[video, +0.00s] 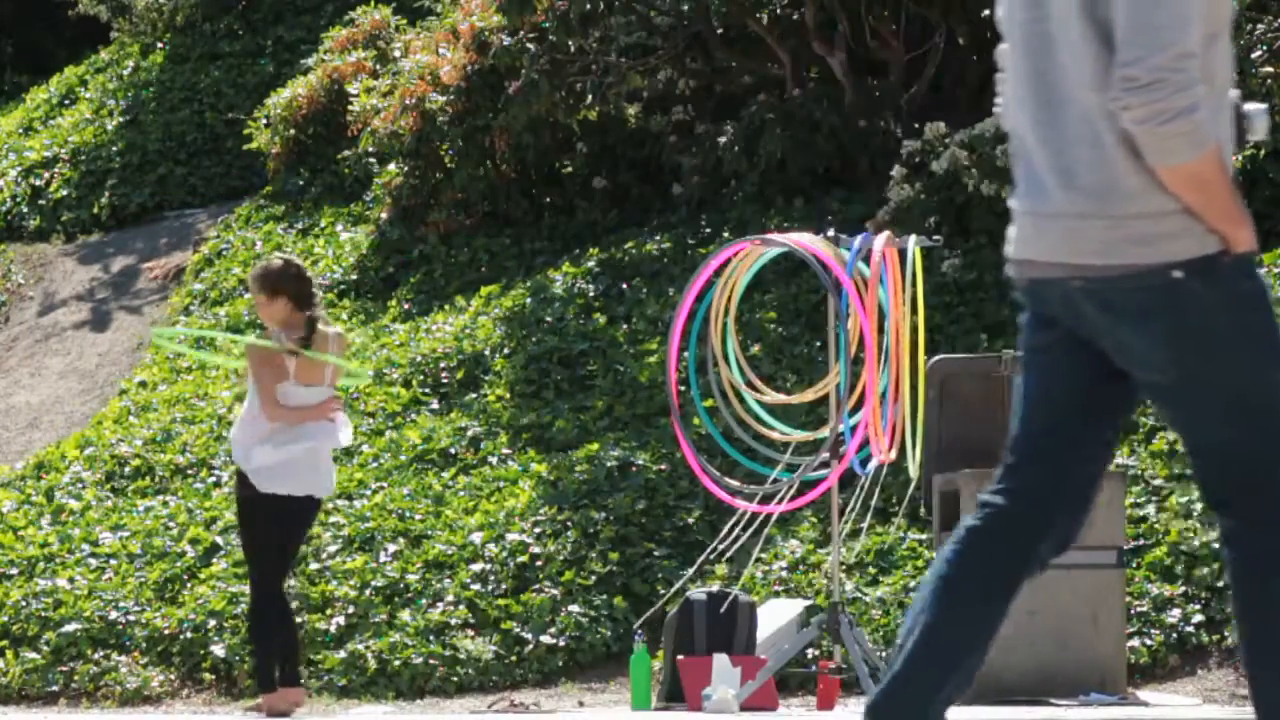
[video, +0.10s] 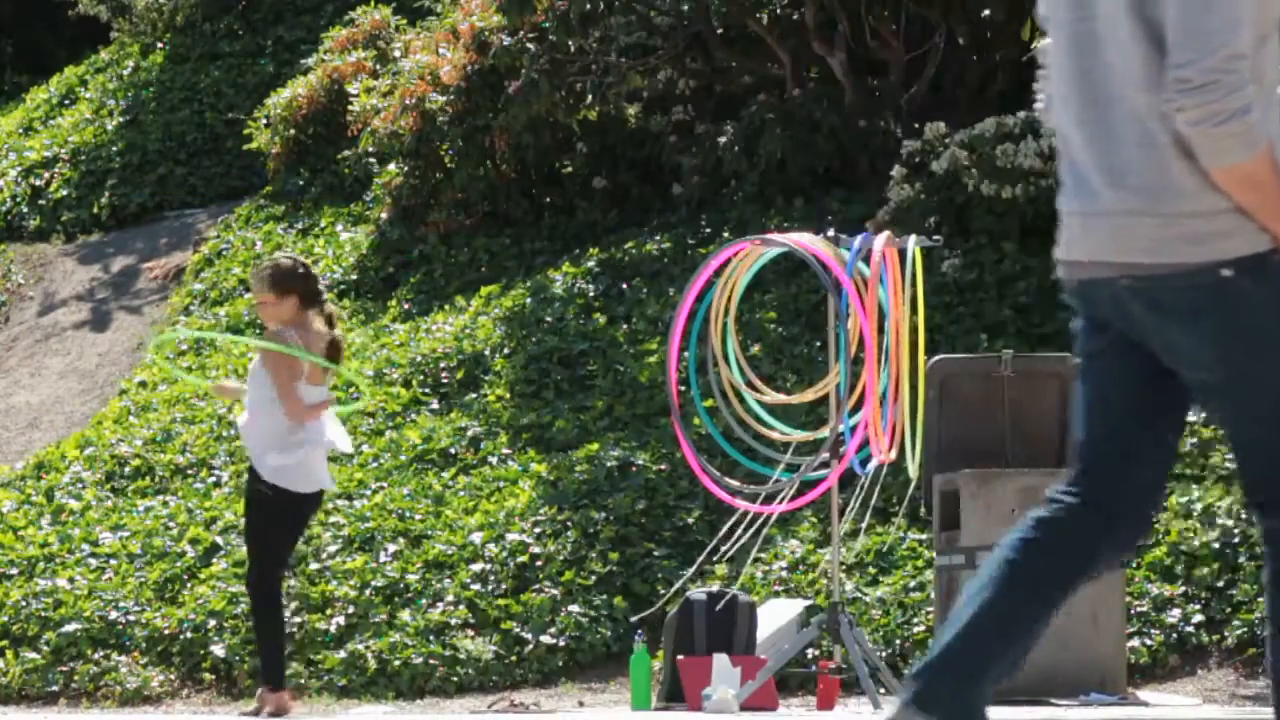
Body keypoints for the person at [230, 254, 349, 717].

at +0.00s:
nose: (256, 308)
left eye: (261, 300)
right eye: (255, 300)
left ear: (284, 300)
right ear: (297, 300)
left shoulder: (263, 347)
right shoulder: (334, 340)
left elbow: (273, 412)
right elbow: (333, 391)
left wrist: (325, 409)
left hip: (263, 473)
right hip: (312, 473)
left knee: (263, 581)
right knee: (274, 579)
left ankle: (269, 689)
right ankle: (292, 681)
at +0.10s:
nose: (258, 310)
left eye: (265, 302)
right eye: (257, 302)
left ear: (292, 300)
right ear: (295, 302)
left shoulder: (277, 343)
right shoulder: (317, 336)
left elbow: (295, 410)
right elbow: (284, 394)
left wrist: (328, 400)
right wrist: (240, 392)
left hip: (276, 481)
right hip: (305, 481)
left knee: (262, 582)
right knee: (267, 580)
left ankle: (274, 689)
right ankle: (274, 686)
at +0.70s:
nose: (327, 316)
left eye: (332, 308)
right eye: (320, 306)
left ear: (332, 307)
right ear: (292, 301)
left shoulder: (337, 345)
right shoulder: (254, 352)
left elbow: (351, 403)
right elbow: (234, 410)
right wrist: (237, 448)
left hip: (331, 466)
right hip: (279, 467)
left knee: (328, 584)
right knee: (279, 582)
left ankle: (294, 685)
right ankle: (265, 683)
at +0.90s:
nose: (344, 317)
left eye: (346, 309)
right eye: (341, 308)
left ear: (322, 303)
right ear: (313, 301)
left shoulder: (329, 342)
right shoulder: (275, 352)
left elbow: (334, 403)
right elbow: (263, 419)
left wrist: (352, 449)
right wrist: (293, 459)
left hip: (339, 470)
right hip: (303, 472)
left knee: (332, 582)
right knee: (319, 581)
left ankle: (295, 685)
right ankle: (257, 670)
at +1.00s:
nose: (346, 314)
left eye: (347, 306)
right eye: (343, 305)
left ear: (322, 303)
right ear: (320, 301)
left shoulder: (320, 345)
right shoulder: (294, 351)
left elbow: (321, 410)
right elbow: (290, 419)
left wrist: (347, 449)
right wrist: (333, 458)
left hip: (329, 476)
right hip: (312, 479)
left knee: (336, 583)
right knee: (337, 583)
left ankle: (294, 684)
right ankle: (265, 663)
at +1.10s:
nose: (349, 311)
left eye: (350, 302)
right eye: (346, 302)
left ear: (315, 301)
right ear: (327, 301)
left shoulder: (296, 347)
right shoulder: (313, 351)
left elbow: (281, 415)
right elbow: (324, 420)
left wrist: (329, 429)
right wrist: (374, 457)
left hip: (308, 480)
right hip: (325, 481)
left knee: (332, 577)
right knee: (351, 580)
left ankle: (295, 674)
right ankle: (292, 668)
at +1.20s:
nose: (351, 308)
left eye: (351, 299)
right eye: (350, 299)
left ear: (315, 298)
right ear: (339, 299)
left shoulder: (293, 347)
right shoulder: (333, 348)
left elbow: (271, 411)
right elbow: (358, 420)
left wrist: (315, 422)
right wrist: (413, 457)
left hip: (301, 484)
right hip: (342, 481)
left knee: (322, 581)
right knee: (356, 579)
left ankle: (293, 684)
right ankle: (334, 669)